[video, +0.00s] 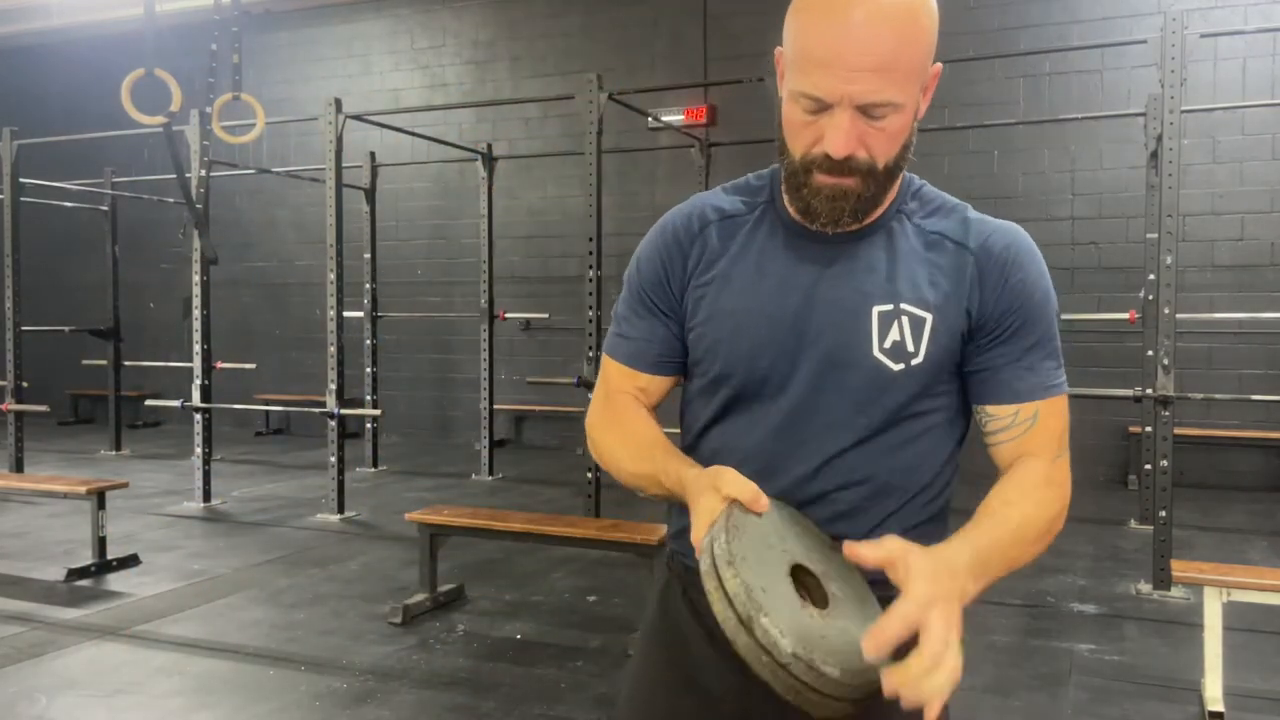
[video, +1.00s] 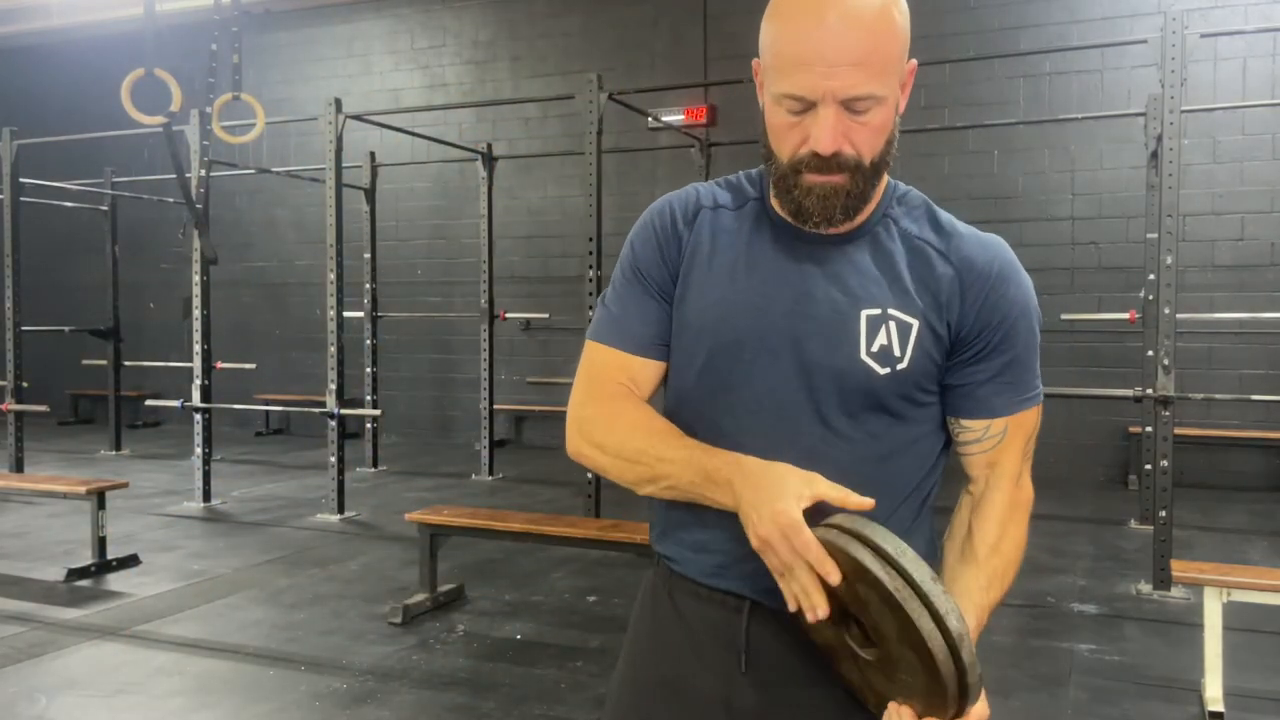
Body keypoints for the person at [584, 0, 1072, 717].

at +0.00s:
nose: (839, 144)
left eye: (874, 111)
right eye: (813, 106)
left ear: (926, 92)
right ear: (778, 74)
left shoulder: (991, 263)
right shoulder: (689, 242)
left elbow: (1040, 476)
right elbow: (612, 415)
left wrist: (953, 571)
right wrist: (686, 477)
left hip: (884, 634)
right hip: (702, 615)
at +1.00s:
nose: (827, 141)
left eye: (857, 105)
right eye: (798, 106)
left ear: (904, 90)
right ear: (758, 84)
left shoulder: (976, 276)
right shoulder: (677, 232)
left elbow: (999, 486)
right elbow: (595, 421)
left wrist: (943, 656)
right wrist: (741, 481)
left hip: (863, 661)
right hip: (682, 637)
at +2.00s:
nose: (867, 143)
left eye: (901, 111)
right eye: (840, 105)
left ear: (941, 99)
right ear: (795, 79)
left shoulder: (989, 283)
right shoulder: (700, 217)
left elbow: (995, 491)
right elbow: (587, 390)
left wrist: (938, 659)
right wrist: (742, 479)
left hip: (871, 648)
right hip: (693, 627)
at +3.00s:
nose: (774, 158)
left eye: (806, 131)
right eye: (753, 117)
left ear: (831, 127)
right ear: (701, 84)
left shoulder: (846, 270)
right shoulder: (589, 242)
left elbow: (869, 437)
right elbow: (462, 428)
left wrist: (933, 607)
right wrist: (505, 623)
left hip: (788, 627)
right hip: (620, 626)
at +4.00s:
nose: (734, 206)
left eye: (740, 187)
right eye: (737, 181)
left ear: (668, 155)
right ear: (702, 154)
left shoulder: (584, 250)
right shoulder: (642, 249)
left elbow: (569, 423)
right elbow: (587, 415)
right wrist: (634, 589)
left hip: (578, 549)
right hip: (622, 555)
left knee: (611, 702)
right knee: (650, 705)